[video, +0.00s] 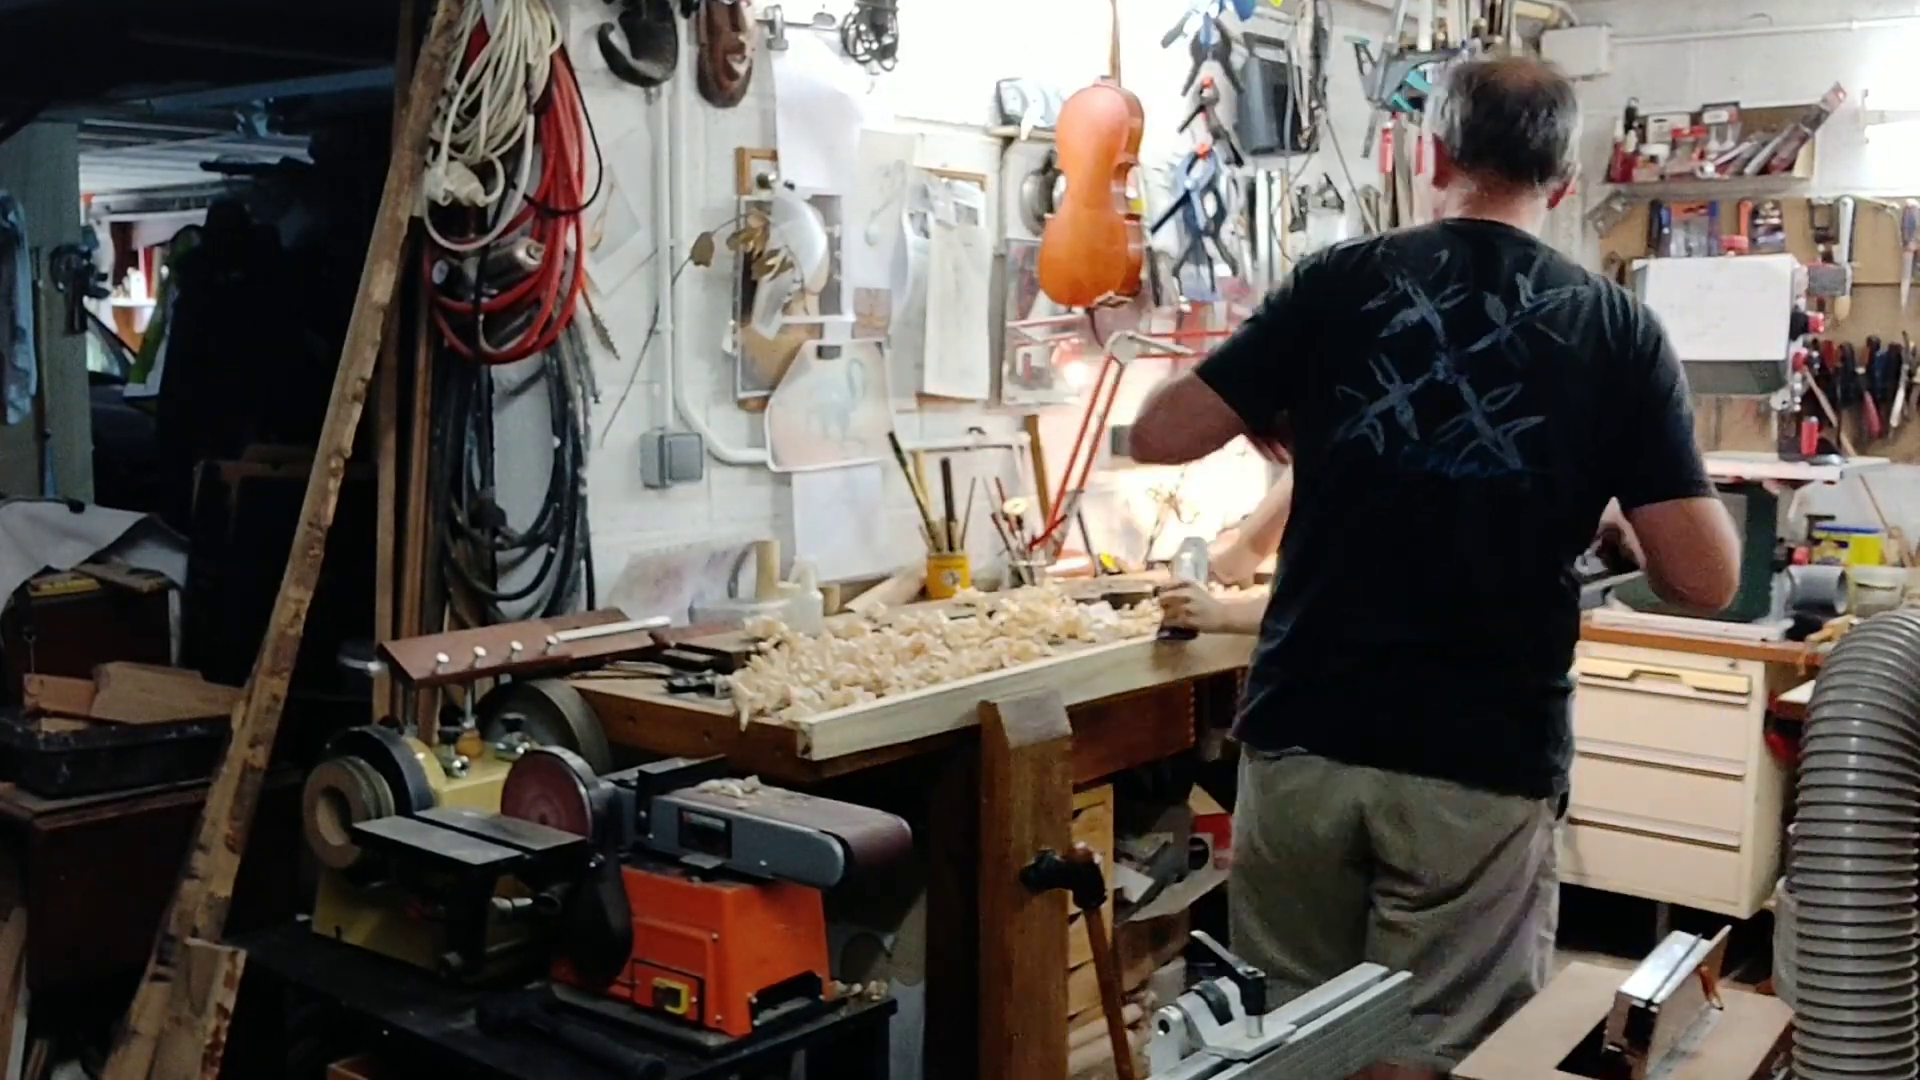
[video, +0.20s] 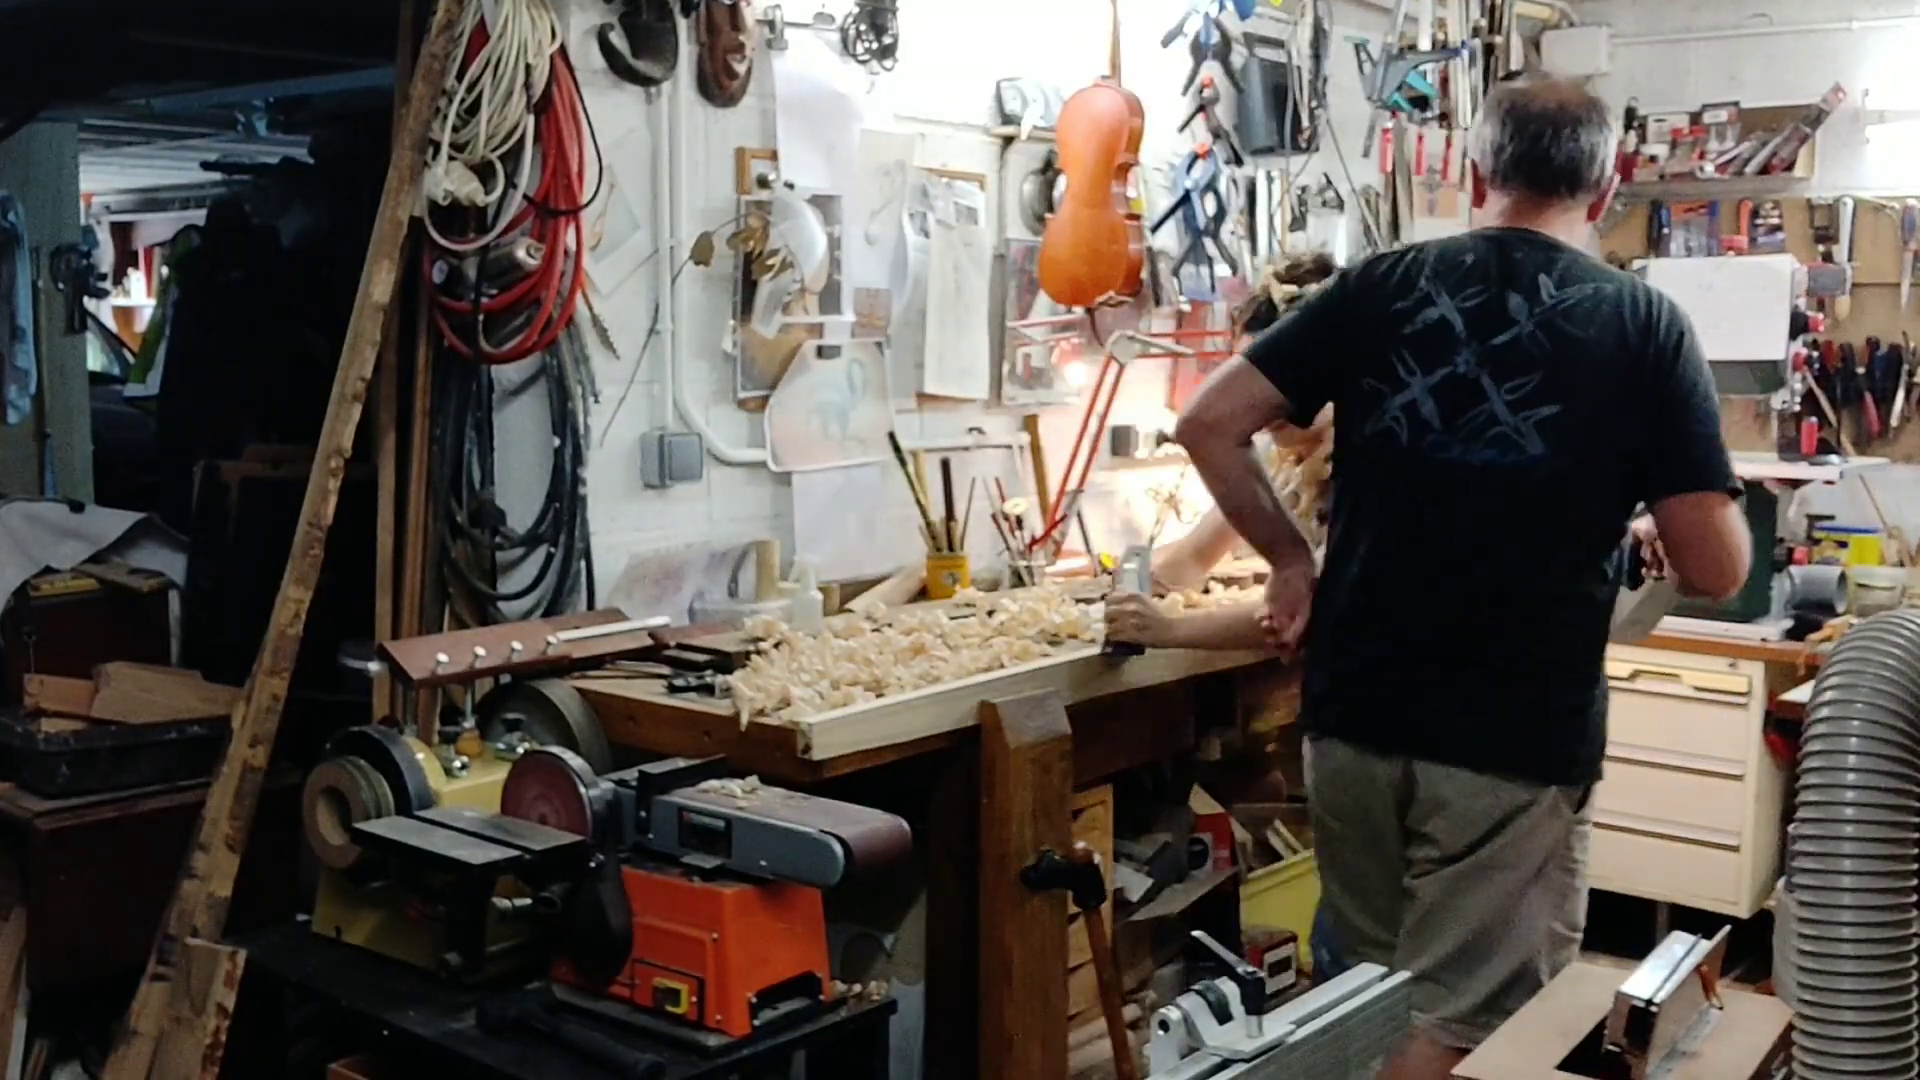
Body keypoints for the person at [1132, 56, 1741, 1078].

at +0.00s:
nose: (1433, 167)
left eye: (1433, 153)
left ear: (1437, 162)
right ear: (1562, 181)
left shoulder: (1337, 280)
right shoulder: (1615, 330)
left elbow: (1155, 434)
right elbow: (1707, 582)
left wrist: (1256, 397)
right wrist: (1631, 524)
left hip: (1302, 736)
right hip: (1482, 764)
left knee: (1280, 1046)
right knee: (1442, 1064)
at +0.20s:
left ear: (1476, 177)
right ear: (1605, 188)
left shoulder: (1384, 281)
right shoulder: (1643, 324)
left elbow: (1208, 425)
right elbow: (1717, 572)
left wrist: (1289, 559)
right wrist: (1665, 529)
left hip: (1354, 689)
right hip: (1517, 717)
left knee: (1363, 993)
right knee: (1453, 1024)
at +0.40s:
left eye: (1477, 209)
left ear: (1483, 210)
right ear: (1605, 208)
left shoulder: (1415, 304)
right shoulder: (1669, 309)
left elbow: (1298, 461)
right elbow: (1748, 532)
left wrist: (1347, 640)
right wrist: (1705, 558)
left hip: (1436, 692)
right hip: (1597, 698)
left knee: (1493, 981)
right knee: (1598, 989)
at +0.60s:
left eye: (1515, 190)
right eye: (1645, 186)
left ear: (1522, 193)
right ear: (1642, 189)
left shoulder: (1471, 292)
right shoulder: (1720, 289)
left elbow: (1382, 455)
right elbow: (1803, 498)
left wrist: (1435, 623)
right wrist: (1734, 533)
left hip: (1517, 678)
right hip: (1680, 677)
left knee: (1521, 968)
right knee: (1715, 959)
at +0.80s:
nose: (1585, 217)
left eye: (1585, 202)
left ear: (1597, 205)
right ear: (1712, 198)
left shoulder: (1553, 307)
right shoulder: (1800, 308)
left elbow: (1467, 488)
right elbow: (1870, 517)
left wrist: (1480, 644)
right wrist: (1792, 539)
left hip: (1577, 680)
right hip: (1738, 689)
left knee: (1572, 950)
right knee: (1727, 965)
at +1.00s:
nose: (1639, 211)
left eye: (1639, 192)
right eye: (1637, 194)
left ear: (1663, 188)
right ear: (1764, 184)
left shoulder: (1621, 291)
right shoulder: (1857, 302)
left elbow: (1540, 477)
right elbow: (1900, 504)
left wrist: (1527, 581)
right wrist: (1807, 502)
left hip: (1627, 641)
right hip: (1780, 646)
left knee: (1622, 890)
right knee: (1747, 908)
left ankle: (1628, 1075)